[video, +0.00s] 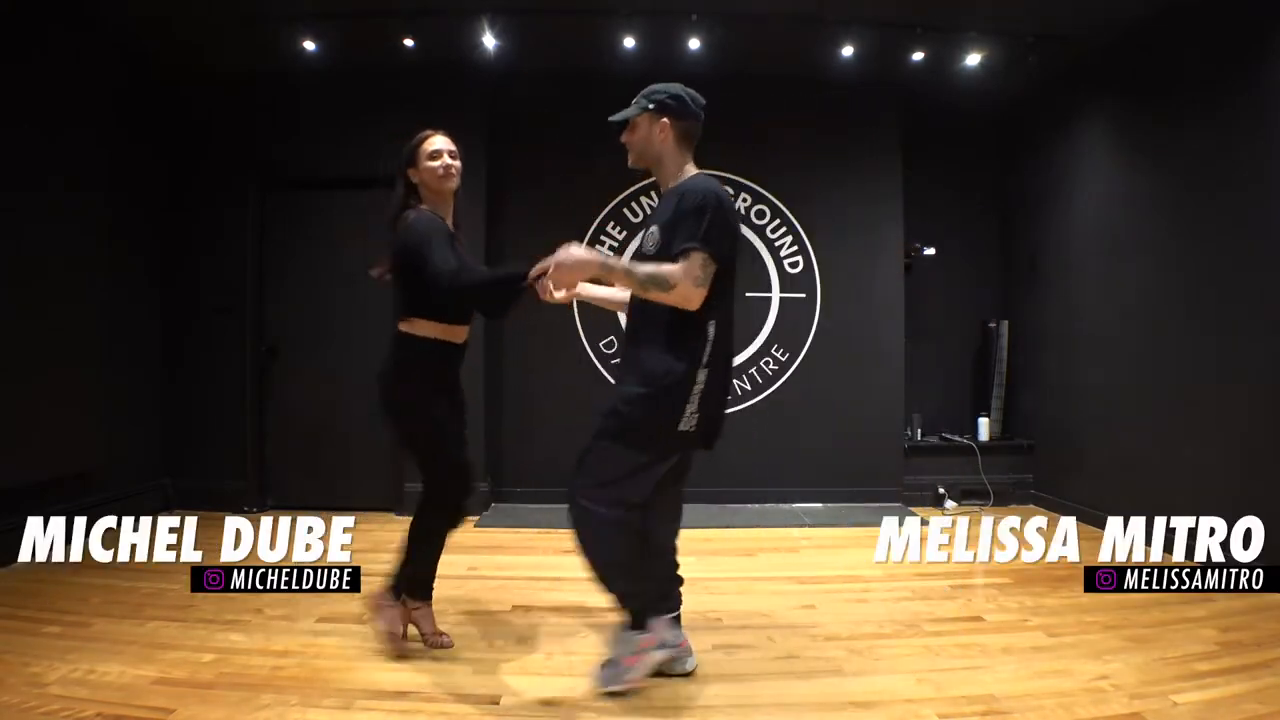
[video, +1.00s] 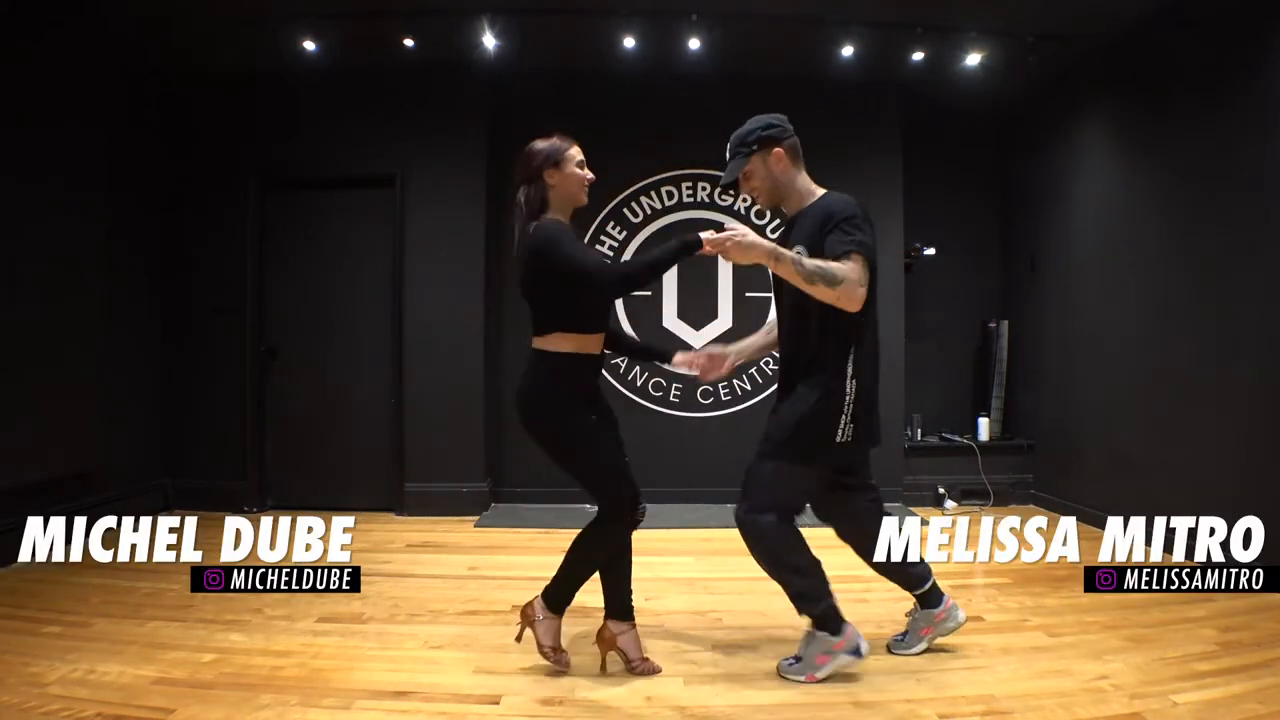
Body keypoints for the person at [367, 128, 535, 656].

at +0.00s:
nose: (448, 162)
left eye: (453, 155)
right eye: (435, 156)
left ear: (460, 169)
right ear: (413, 174)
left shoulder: (447, 233)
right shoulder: (418, 226)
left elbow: (491, 306)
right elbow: (454, 284)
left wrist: (531, 286)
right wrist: (530, 272)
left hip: (441, 368)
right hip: (414, 367)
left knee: (451, 486)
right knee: (446, 484)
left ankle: (418, 598)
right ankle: (394, 595)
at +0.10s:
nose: (463, 161)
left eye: (468, 154)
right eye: (450, 154)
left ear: (476, 167)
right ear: (428, 171)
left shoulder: (469, 230)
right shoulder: (432, 221)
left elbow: (489, 310)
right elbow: (473, 256)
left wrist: (536, 299)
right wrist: (550, 228)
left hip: (451, 365)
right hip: (431, 364)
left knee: (428, 486)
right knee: (492, 476)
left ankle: (416, 599)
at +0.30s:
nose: (499, 159)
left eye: (504, 152)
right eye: (486, 152)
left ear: (511, 165)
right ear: (462, 168)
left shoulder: (506, 226)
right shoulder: (472, 221)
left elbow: (532, 313)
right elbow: (528, 244)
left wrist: (593, 346)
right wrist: (592, 205)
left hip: (494, 368)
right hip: (481, 369)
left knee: (488, 486)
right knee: (529, 490)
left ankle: (433, 593)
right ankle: (534, 620)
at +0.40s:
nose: (513, 158)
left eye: (518, 152)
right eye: (500, 152)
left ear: (524, 167)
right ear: (475, 169)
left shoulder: (518, 230)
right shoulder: (489, 223)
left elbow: (551, 312)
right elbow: (549, 270)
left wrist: (619, 337)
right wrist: (618, 255)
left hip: (512, 368)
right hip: (489, 367)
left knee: (536, 491)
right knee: (522, 494)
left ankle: (467, 582)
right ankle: (531, 622)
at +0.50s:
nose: (532, 159)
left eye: (536, 152)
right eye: (518, 153)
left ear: (542, 166)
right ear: (494, 172)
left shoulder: (535, 229)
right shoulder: (510, 233)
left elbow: (572, 292)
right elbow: (572, 313)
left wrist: (630, 282)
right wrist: (645, 326)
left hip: (532, 374)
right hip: (502, 374)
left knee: (582, 488)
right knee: (519, 499)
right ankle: (529, 624)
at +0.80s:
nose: (585, 167)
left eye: (583, 159)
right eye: (574, 160)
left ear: (565, 174)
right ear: (542, 172)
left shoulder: (575, 237)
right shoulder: (545, 237)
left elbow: (618, 291)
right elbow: (585, 299)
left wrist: (672, 274)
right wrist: (675, 308)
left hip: (570, 384)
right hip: (541, 387)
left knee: (616, 498)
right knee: (582, 502)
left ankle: (621, 623)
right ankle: (536, 619)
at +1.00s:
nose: (591, 174)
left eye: (587, 166)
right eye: (580, 166)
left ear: (561, 177)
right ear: (549, 176)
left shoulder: (569, 241)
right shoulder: (546, 237)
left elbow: (602, 333)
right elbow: (614, 280)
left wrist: (668, 356)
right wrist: (690, 243)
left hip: (581, 386)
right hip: (553, 389)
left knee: (622, 504)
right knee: (619, 503)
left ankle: (619, 623)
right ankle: (546, 608)